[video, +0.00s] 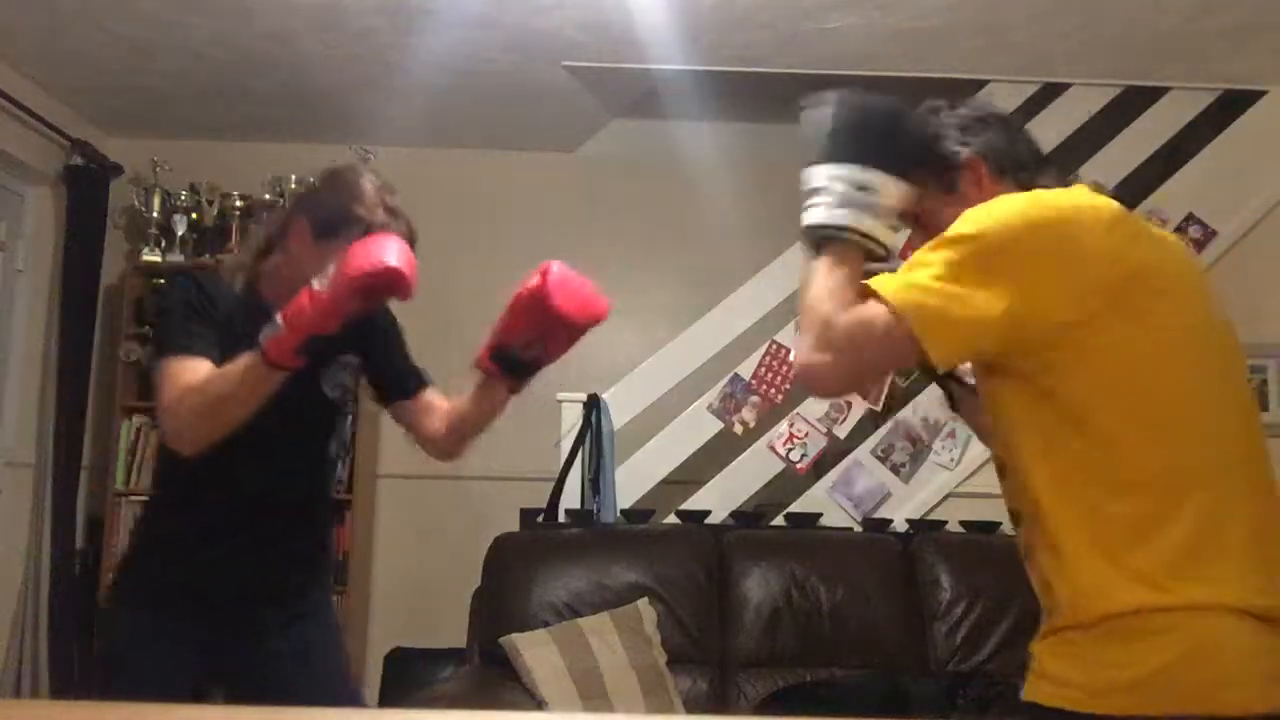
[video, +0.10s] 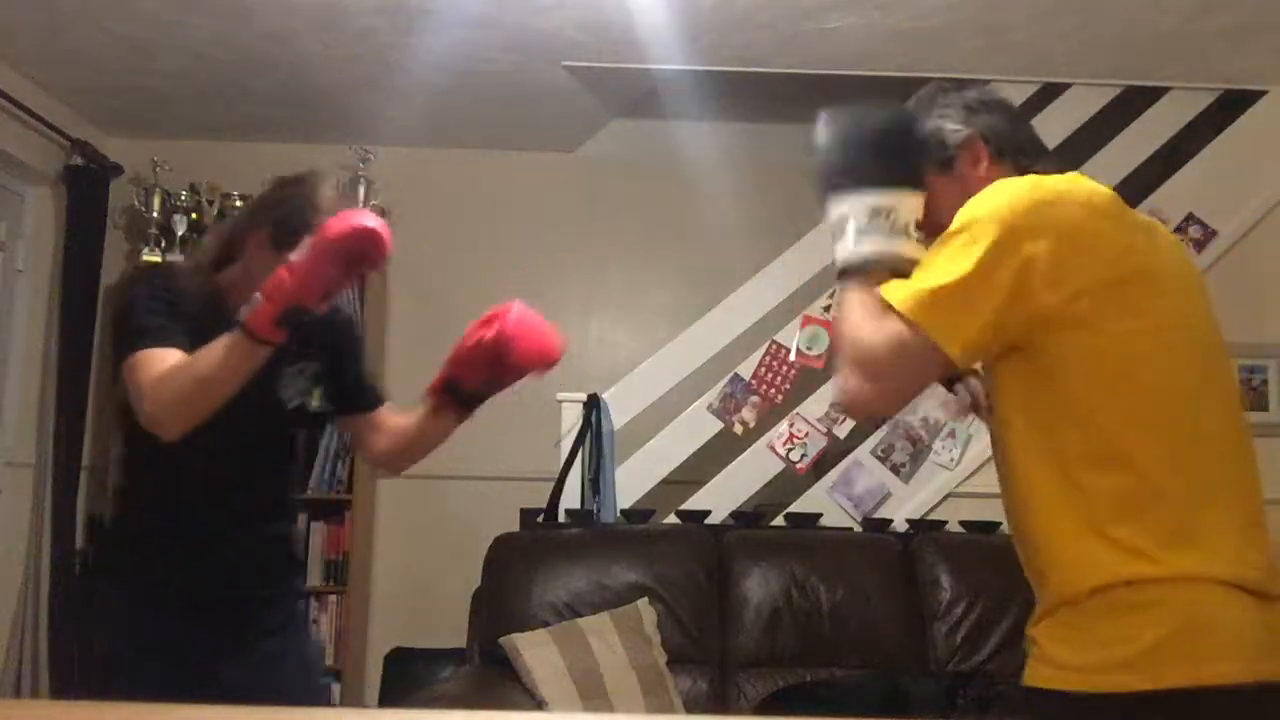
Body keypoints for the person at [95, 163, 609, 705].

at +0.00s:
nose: (350, 281)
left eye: (365, 270)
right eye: (345, 262)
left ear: (370, 267)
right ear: (298, 233)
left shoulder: (360, 320)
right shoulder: (200, 297)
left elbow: (443, 435)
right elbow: (184, 427)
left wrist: (512, 361)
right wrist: (295, 332)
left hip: (290, 604)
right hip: (169, 593)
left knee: (334, 718)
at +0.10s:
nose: (297, 285)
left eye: (312, 275)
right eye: (289, 261)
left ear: (330, 272)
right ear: (257, 240)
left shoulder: (326, 331)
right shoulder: (161, 295)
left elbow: (389, 448)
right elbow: (164, 411)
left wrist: (462, 391)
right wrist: (280, 303)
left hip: (263, 603)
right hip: (149, 599)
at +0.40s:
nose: (319, 278)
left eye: (334, 267)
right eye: (314, 259)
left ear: (341, 264)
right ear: (263, 231)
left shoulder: (330, 320)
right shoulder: (156, 291)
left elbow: (433, 408)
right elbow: (121, 416)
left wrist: (504, 353)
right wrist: (253, 333)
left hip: (277, 612)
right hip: (149, 604)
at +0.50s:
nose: (337, 305)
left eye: (351, 290)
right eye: (330, 281)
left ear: (352, 281)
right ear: (279, 256)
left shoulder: (340, 331)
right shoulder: (175, 318)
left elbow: (483, 389)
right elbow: (142, 446)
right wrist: (268, 355)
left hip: (293, 628)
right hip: (169, 625)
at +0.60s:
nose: (334, 295)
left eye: (347, 278)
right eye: (327, 270)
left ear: (349, 275)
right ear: (273, 248)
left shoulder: (331, 333)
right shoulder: (168, 318)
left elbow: (447, 415)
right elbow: (150, 453)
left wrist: (551, 367)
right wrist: (266, 358)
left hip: (277, 619)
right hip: (157, 618)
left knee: (320, 710)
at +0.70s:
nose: (289, 303)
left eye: (301, 289)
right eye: (283, 280)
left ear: (305, 286)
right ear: (238, 248)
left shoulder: (291, 336)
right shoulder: (126, 311)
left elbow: (361, 459)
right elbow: (141, 448)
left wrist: (458, 422)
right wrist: (254, 342)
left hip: (245, 627)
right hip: (123, 624)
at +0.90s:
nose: (228, 307)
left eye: (240, 289)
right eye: (219, 281)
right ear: (164, 251)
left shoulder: (202, 352)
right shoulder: (66, 328)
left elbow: (225, 462)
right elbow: (218, 383)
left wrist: (309, 464)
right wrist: (312, 272)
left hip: (196, 628)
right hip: (87, 635)